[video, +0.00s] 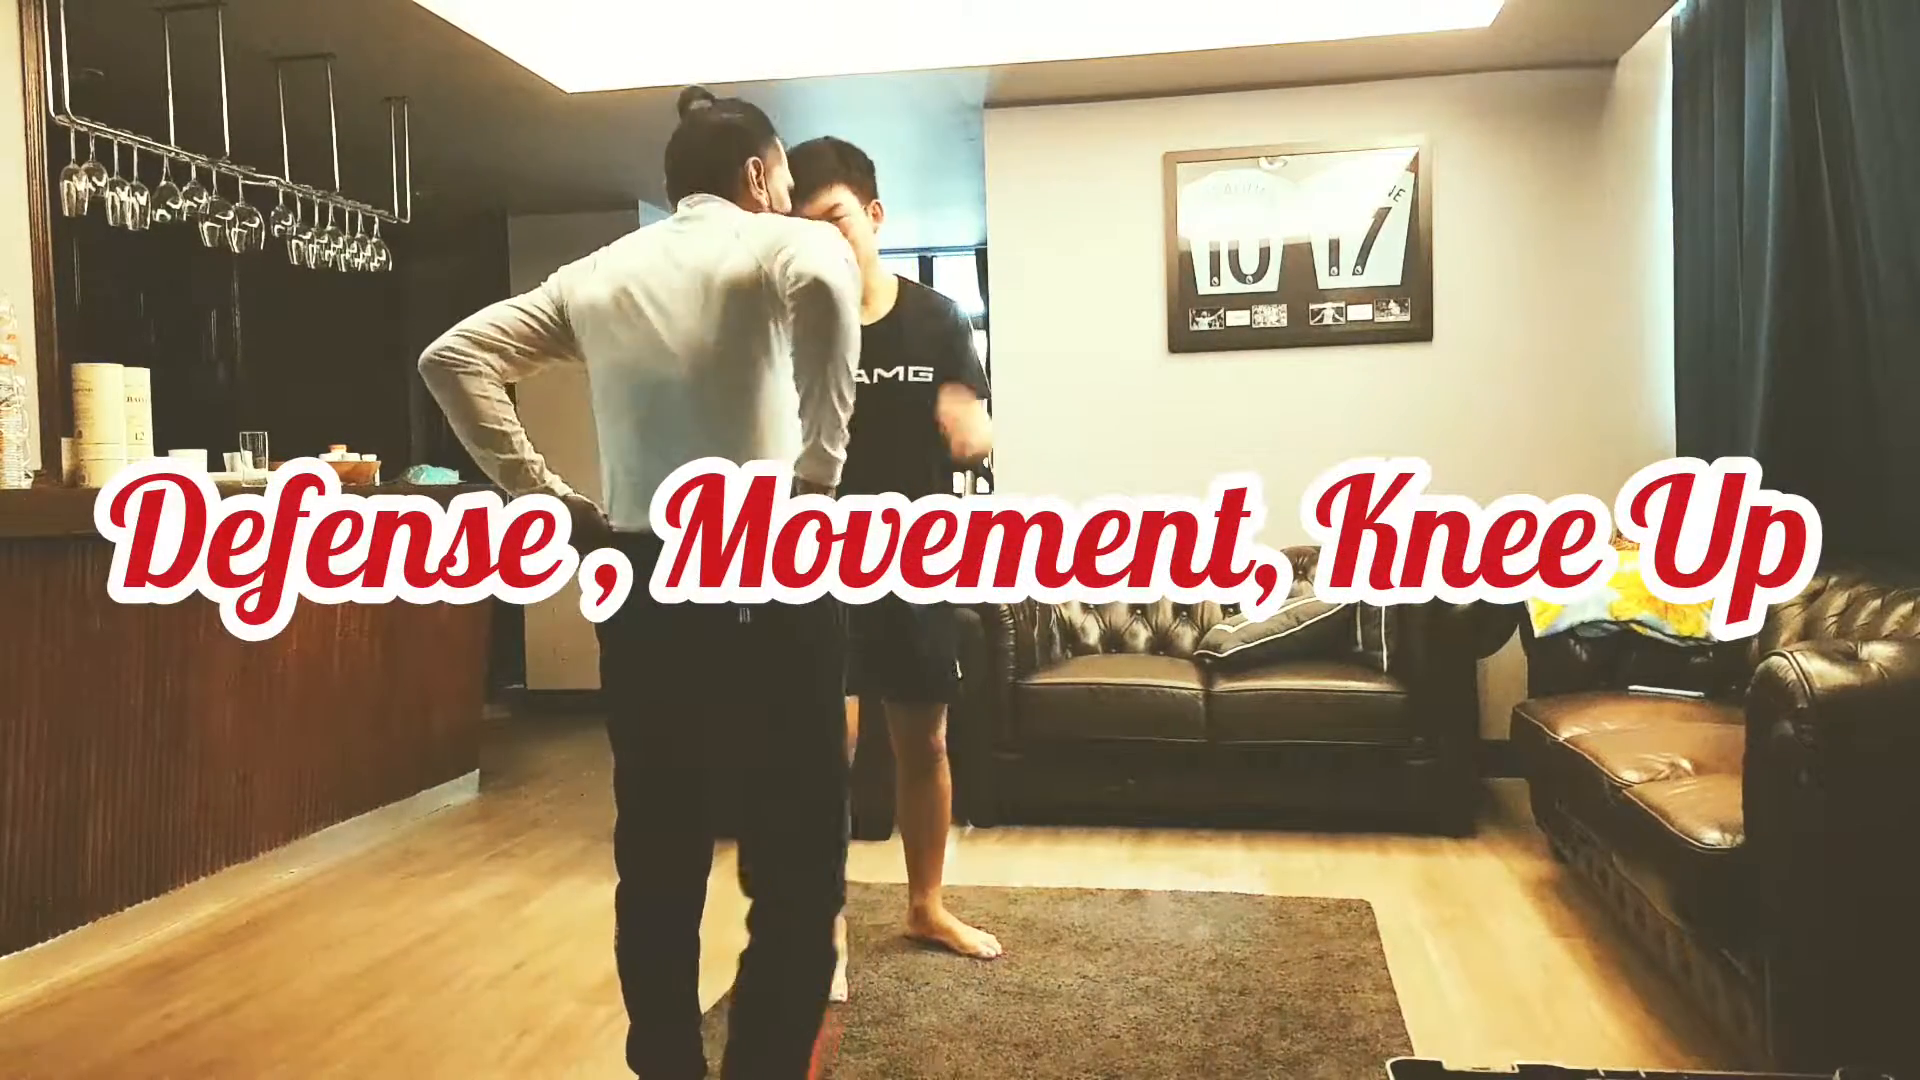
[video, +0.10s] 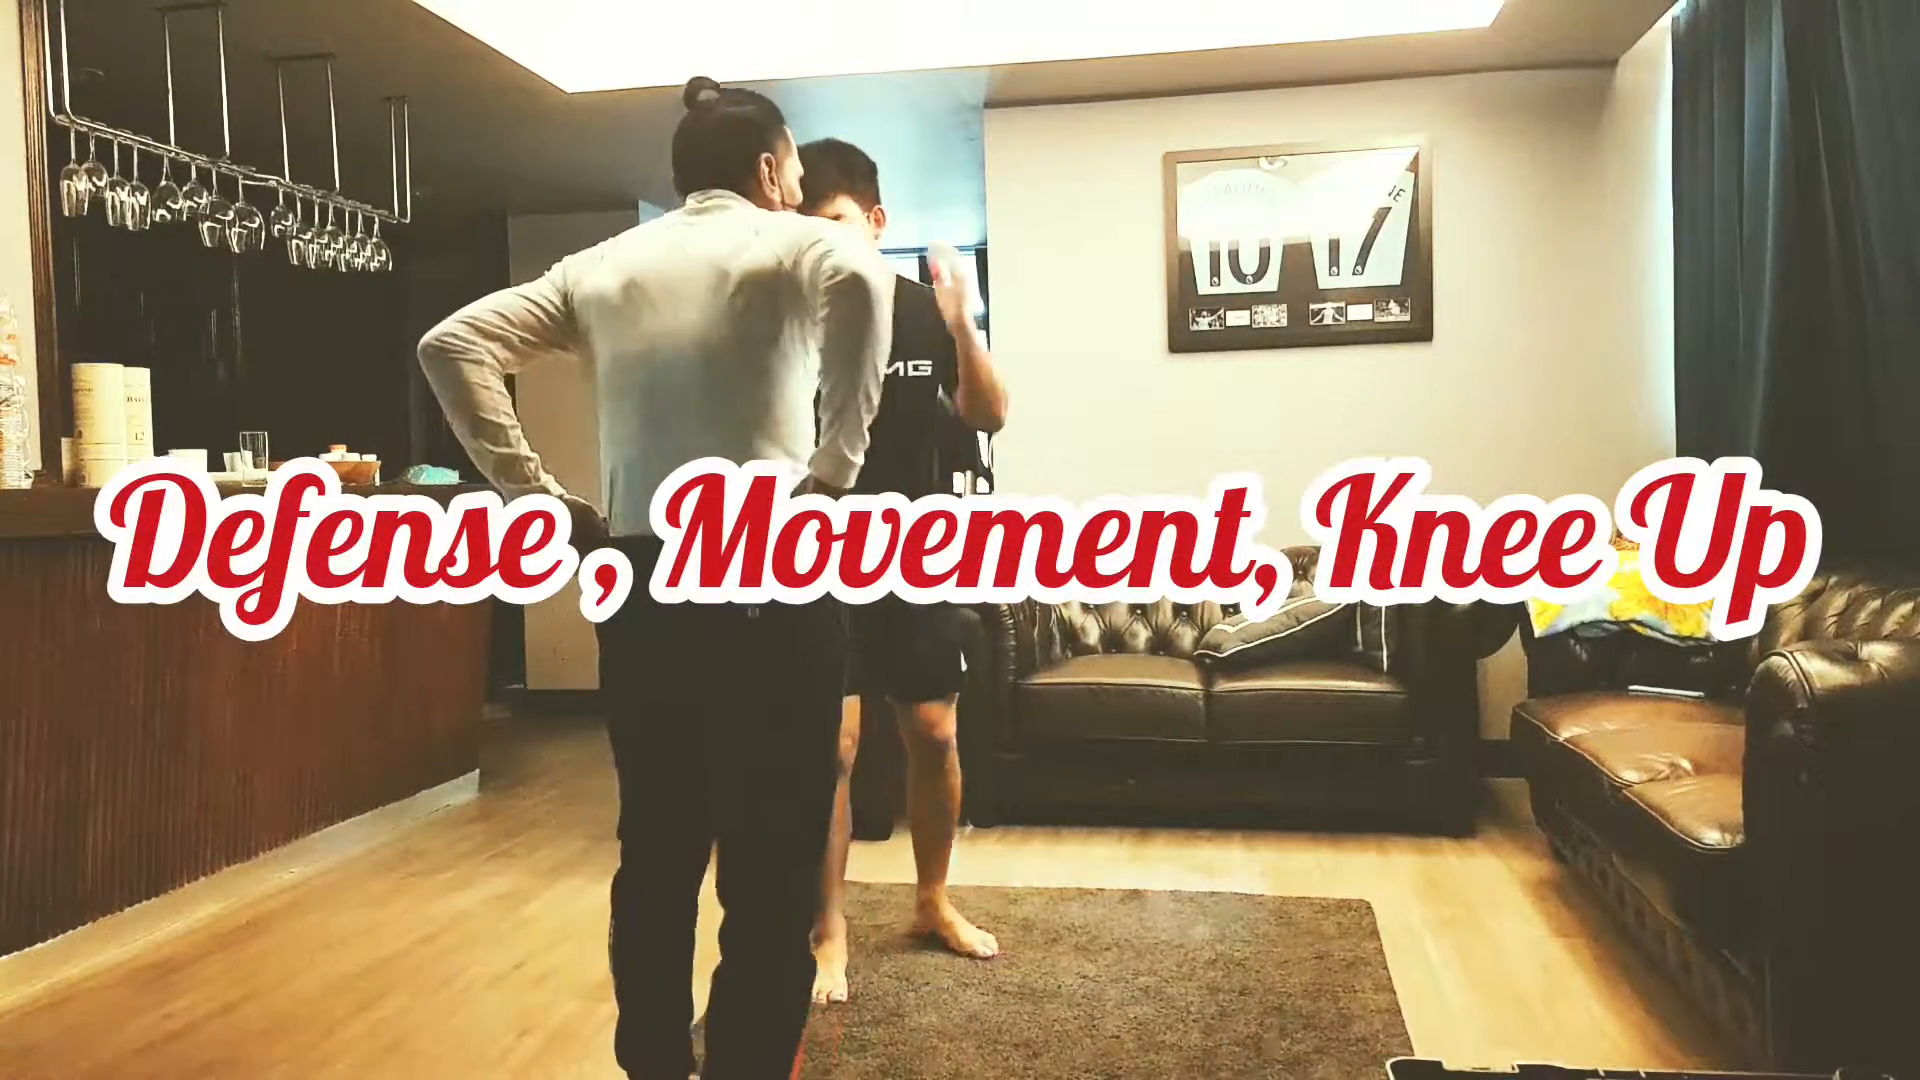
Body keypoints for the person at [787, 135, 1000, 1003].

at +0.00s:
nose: (826, 235)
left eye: (838, 215)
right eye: (811, 223)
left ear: (876, 213)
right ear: (797, 232)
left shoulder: (931, 317)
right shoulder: (791, 322)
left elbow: (972, 438)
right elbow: (763, 426)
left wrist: (965, 432)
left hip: (917, 556)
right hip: (819, 559)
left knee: (924, 742)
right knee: (827, 746)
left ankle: (929, 907)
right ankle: (827, 933)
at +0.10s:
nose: (824, 233)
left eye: (838, 217)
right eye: (812, 221)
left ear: (878, 217)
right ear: (801, 228)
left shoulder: (924, 302)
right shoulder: (791, 313)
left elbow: (986, 415)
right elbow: (762, 416)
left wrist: (960, 317)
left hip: (919, 538)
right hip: (822, 545)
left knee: (935, 732)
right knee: (833, 742)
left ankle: (935, 901)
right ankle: (826, 930)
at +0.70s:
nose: (931, 267)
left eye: (946, 249)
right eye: (919, 253)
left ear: (990, 248)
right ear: (909, 257)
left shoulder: (1026, 332)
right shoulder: (894, 344)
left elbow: (1042, 308)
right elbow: (867, 454)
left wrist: (1004, 264)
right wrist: (850, 551)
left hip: (1006, 573)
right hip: (909, 575)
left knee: (1022, 733)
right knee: (884, 742)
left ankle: (1028, 874)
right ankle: (847, 912)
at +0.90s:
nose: (966, 253)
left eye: (983, 236)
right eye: (955, 239)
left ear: (1026, 238)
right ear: (947, 244)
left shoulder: (1053, 321)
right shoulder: (927, 330)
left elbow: (1076, 312)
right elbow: (901, 438)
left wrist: (1042, 274)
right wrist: (880, 534)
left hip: (1024, 561)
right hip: (931, 559)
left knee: (1026, 728)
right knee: (918, 728)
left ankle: (1026, 876)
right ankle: (895, 902)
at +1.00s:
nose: (978, 250)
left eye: (995, 234)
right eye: (968, 237)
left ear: (1037, 240)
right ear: (959, 242)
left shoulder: (1063, 325)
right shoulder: (938, 325)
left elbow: (1081, 310)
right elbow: (905, 438)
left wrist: (1046, 271)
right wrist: (877, 532)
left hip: (1030, 555)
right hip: (935, 551)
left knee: (1028, 727)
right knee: (923, 724)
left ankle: (1025, 875)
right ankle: (904, 895)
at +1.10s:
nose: (986, 250)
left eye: (1003, 234)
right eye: (976, 236)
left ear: (1044, 242)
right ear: (967, 242)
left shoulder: (1069, 328)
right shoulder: (940, 328)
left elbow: (1084, 316)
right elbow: (910, 436)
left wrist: (1050, 276)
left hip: (1031, 559)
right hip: (940, 555)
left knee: (1030, 722)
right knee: (928, 719)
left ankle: (1025, 874)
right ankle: (912, 887)